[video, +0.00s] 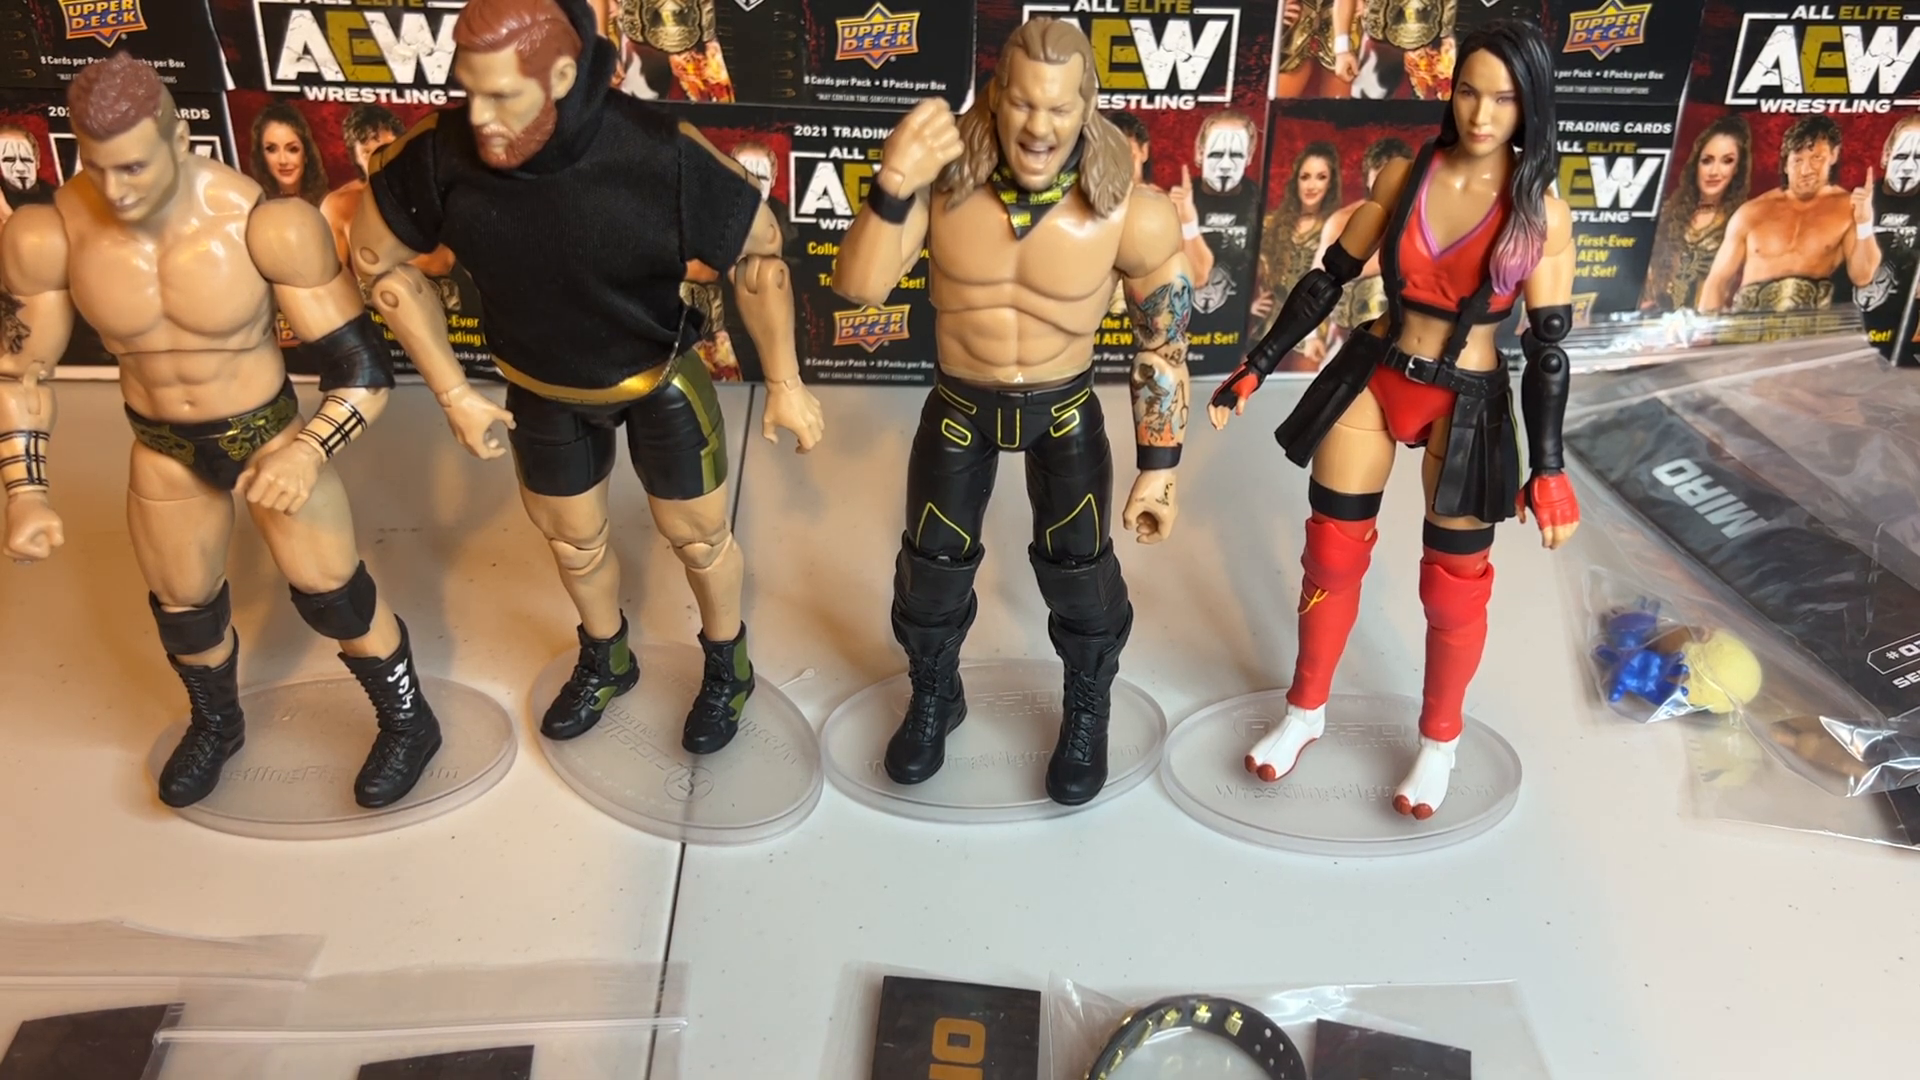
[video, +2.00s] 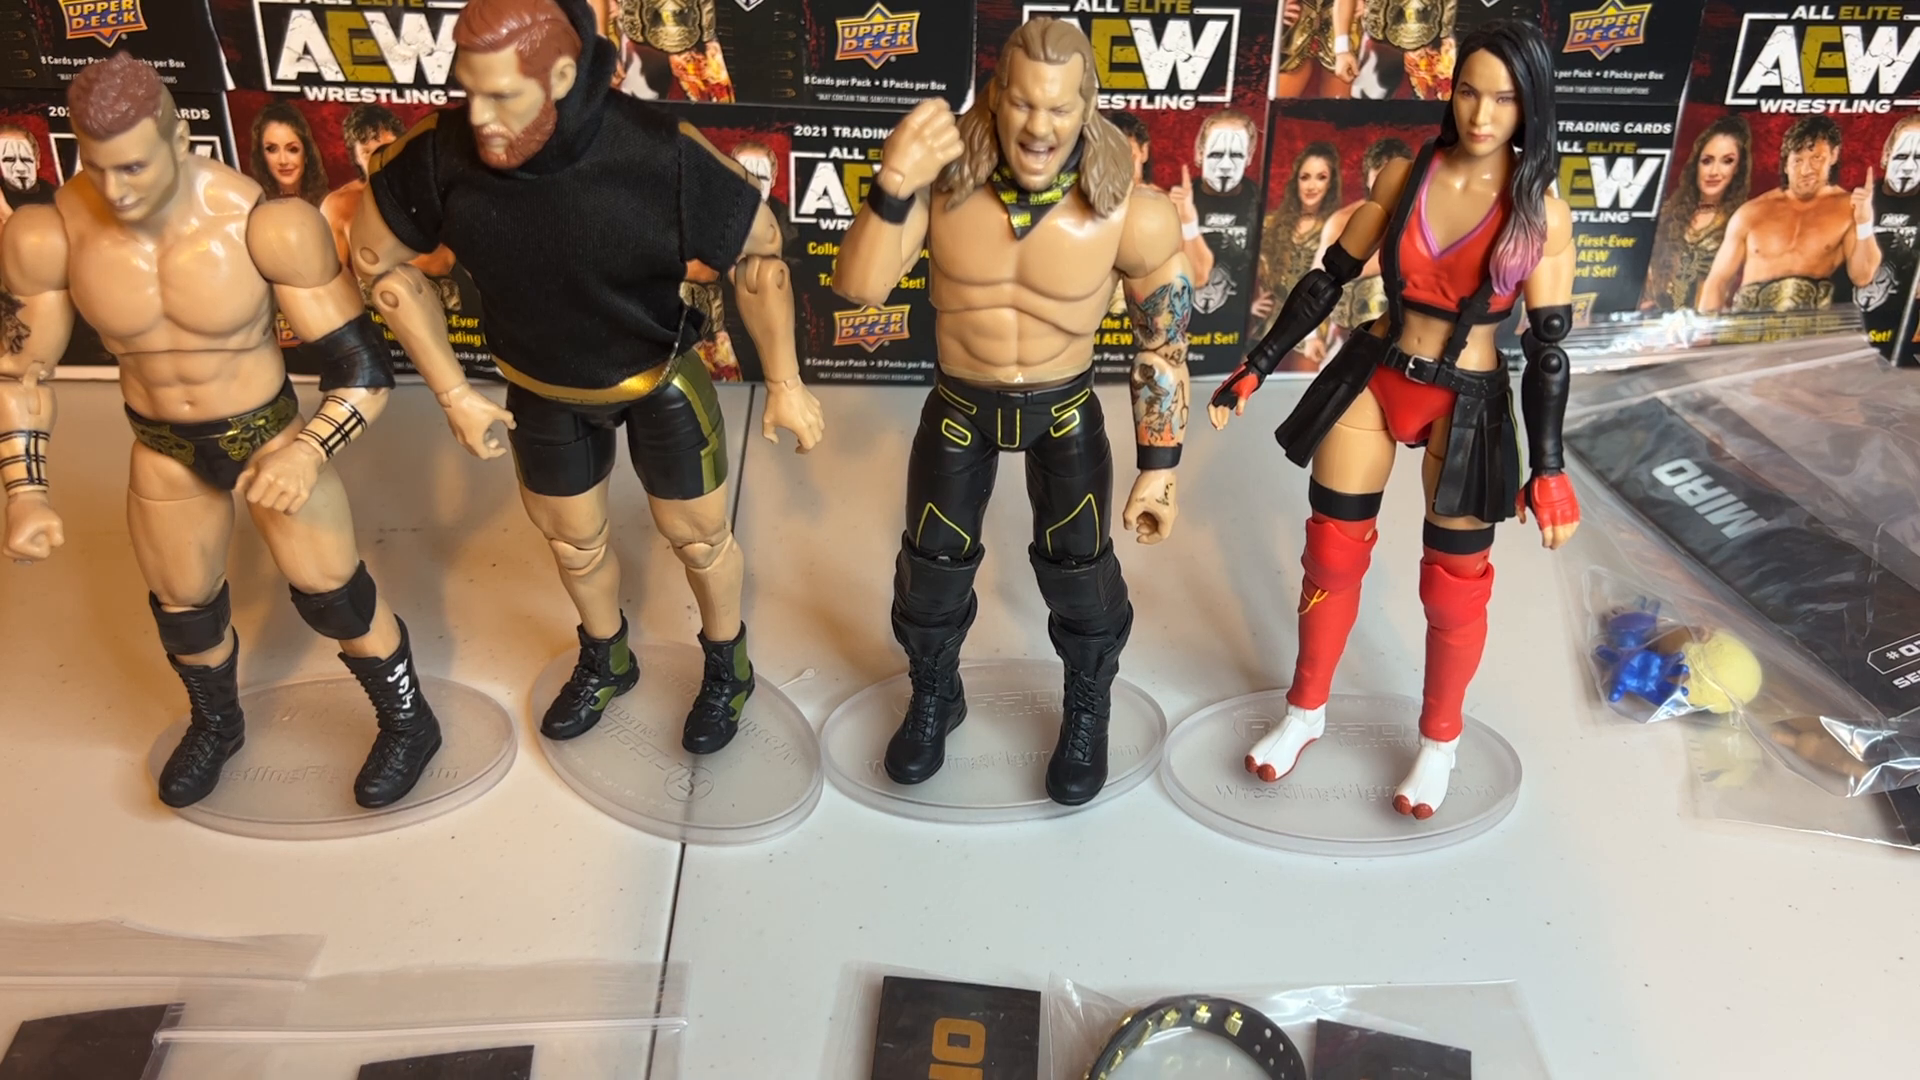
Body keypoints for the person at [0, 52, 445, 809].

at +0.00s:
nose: (118, 188)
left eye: (135, 167)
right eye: (101, 169)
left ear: (179, 139)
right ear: (80, 152)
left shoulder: (268, 225)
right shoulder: (52, 233)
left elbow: (362, 370)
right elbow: (22, 373)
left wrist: (311, 446)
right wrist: (22, 487)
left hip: (268, 441)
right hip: (161, 451)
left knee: (336, 600)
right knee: (186, 617)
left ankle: (409, 722)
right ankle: (217, 722)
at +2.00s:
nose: (118, 188)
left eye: (134, 167)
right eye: (100, 169)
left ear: (178, 138)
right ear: (80, 151)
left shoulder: (268, 225)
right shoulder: (54, 232)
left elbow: (363, 370)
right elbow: (23, 371)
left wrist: (311, 446)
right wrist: (21, 487)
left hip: (269, 441)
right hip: (161, 452)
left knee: (336, 600)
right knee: (186, 617)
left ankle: (409, 722)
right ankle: (216, 722)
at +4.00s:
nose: (118, 188)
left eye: (134, 167)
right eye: (100, 169)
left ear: (178, 138)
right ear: (80, 150)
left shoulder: (268, 225)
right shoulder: (52, 233)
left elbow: (362, 370)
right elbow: (23, 372)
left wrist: (312, 446)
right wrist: (22, 486)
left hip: (269, 440)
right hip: (161, 451)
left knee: (336, 598)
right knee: (186, 616)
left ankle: (408, 721)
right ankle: (216, 723)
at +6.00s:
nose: (118, 188)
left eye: (134, 168)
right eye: (100, 170)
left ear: (178, 138)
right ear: (81, 151)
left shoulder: (269, 225)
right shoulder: (54, 232)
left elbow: (363, 370)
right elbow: (23, 372)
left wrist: (312, 446)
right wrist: (22, 487)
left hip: (269, 441)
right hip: (161, 452)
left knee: (336, 598)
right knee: (186, 615)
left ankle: (408, 721)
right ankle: (216, 722)